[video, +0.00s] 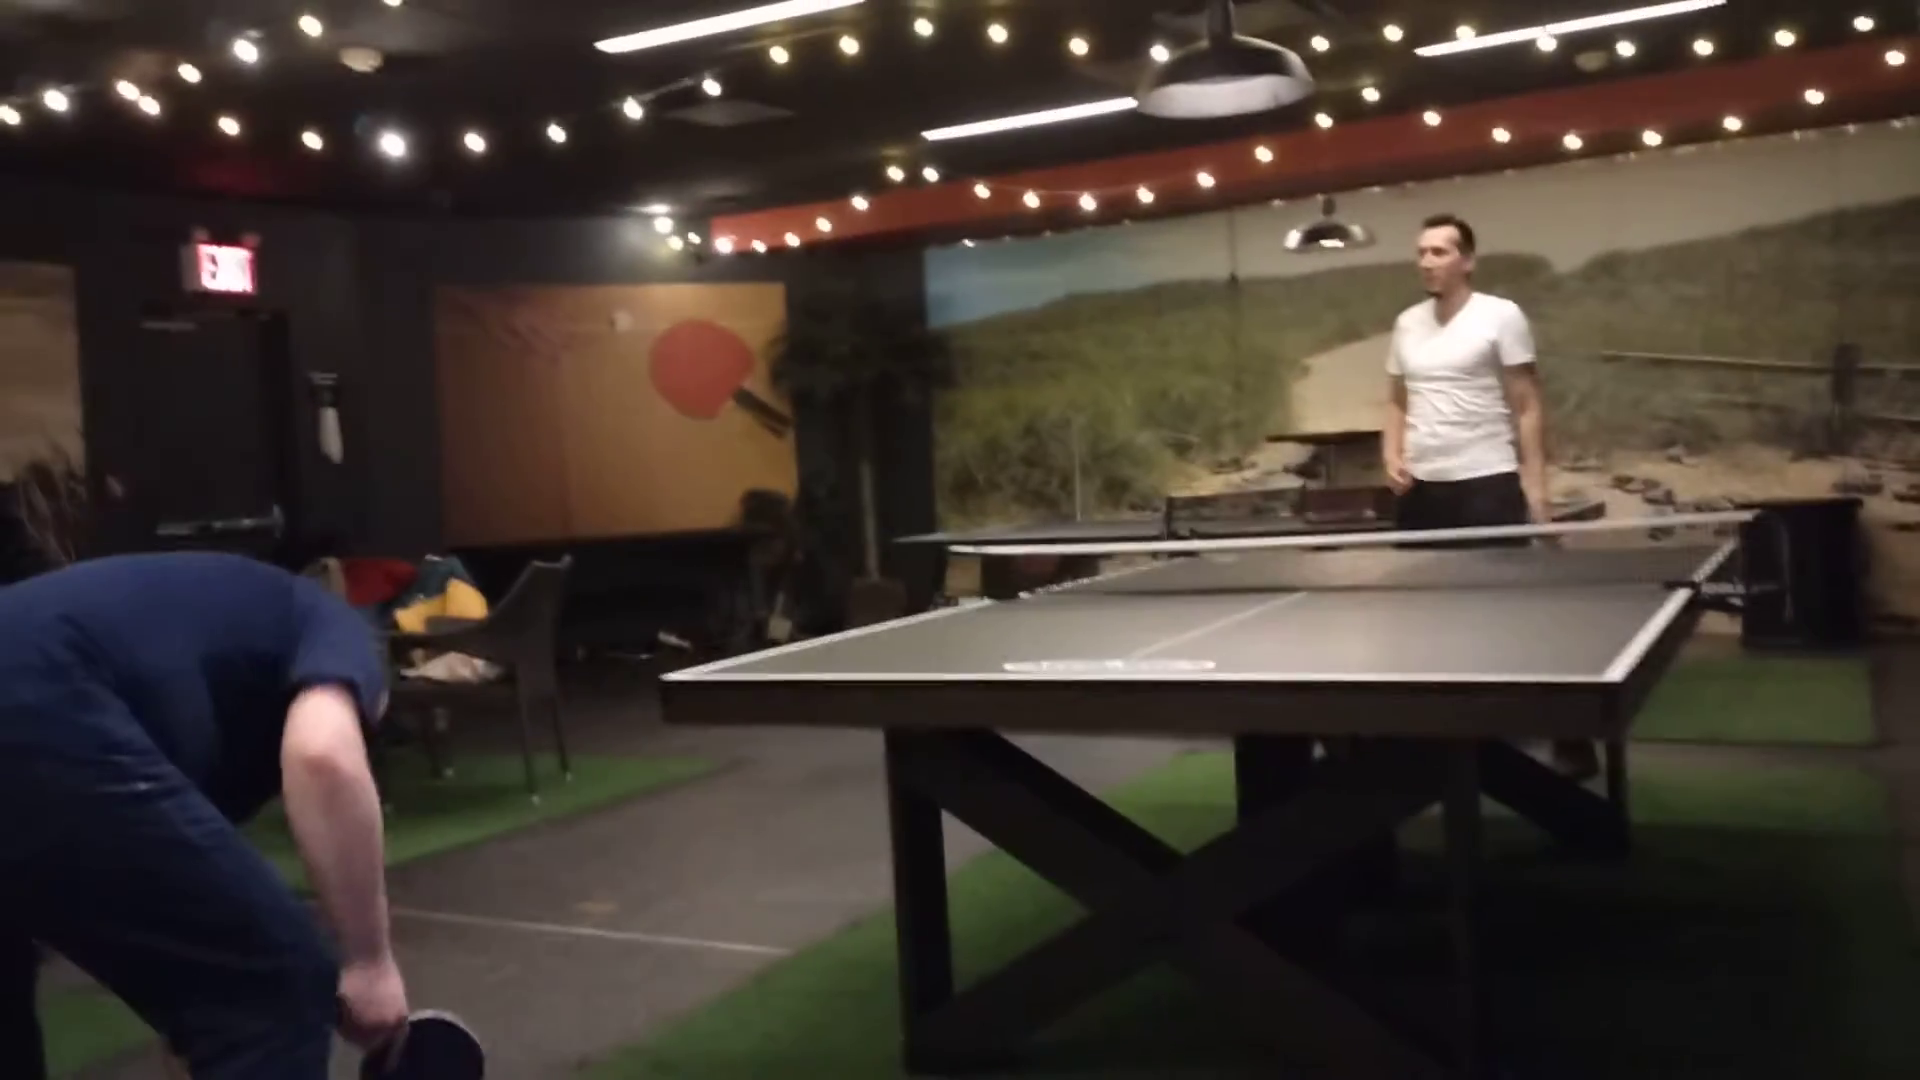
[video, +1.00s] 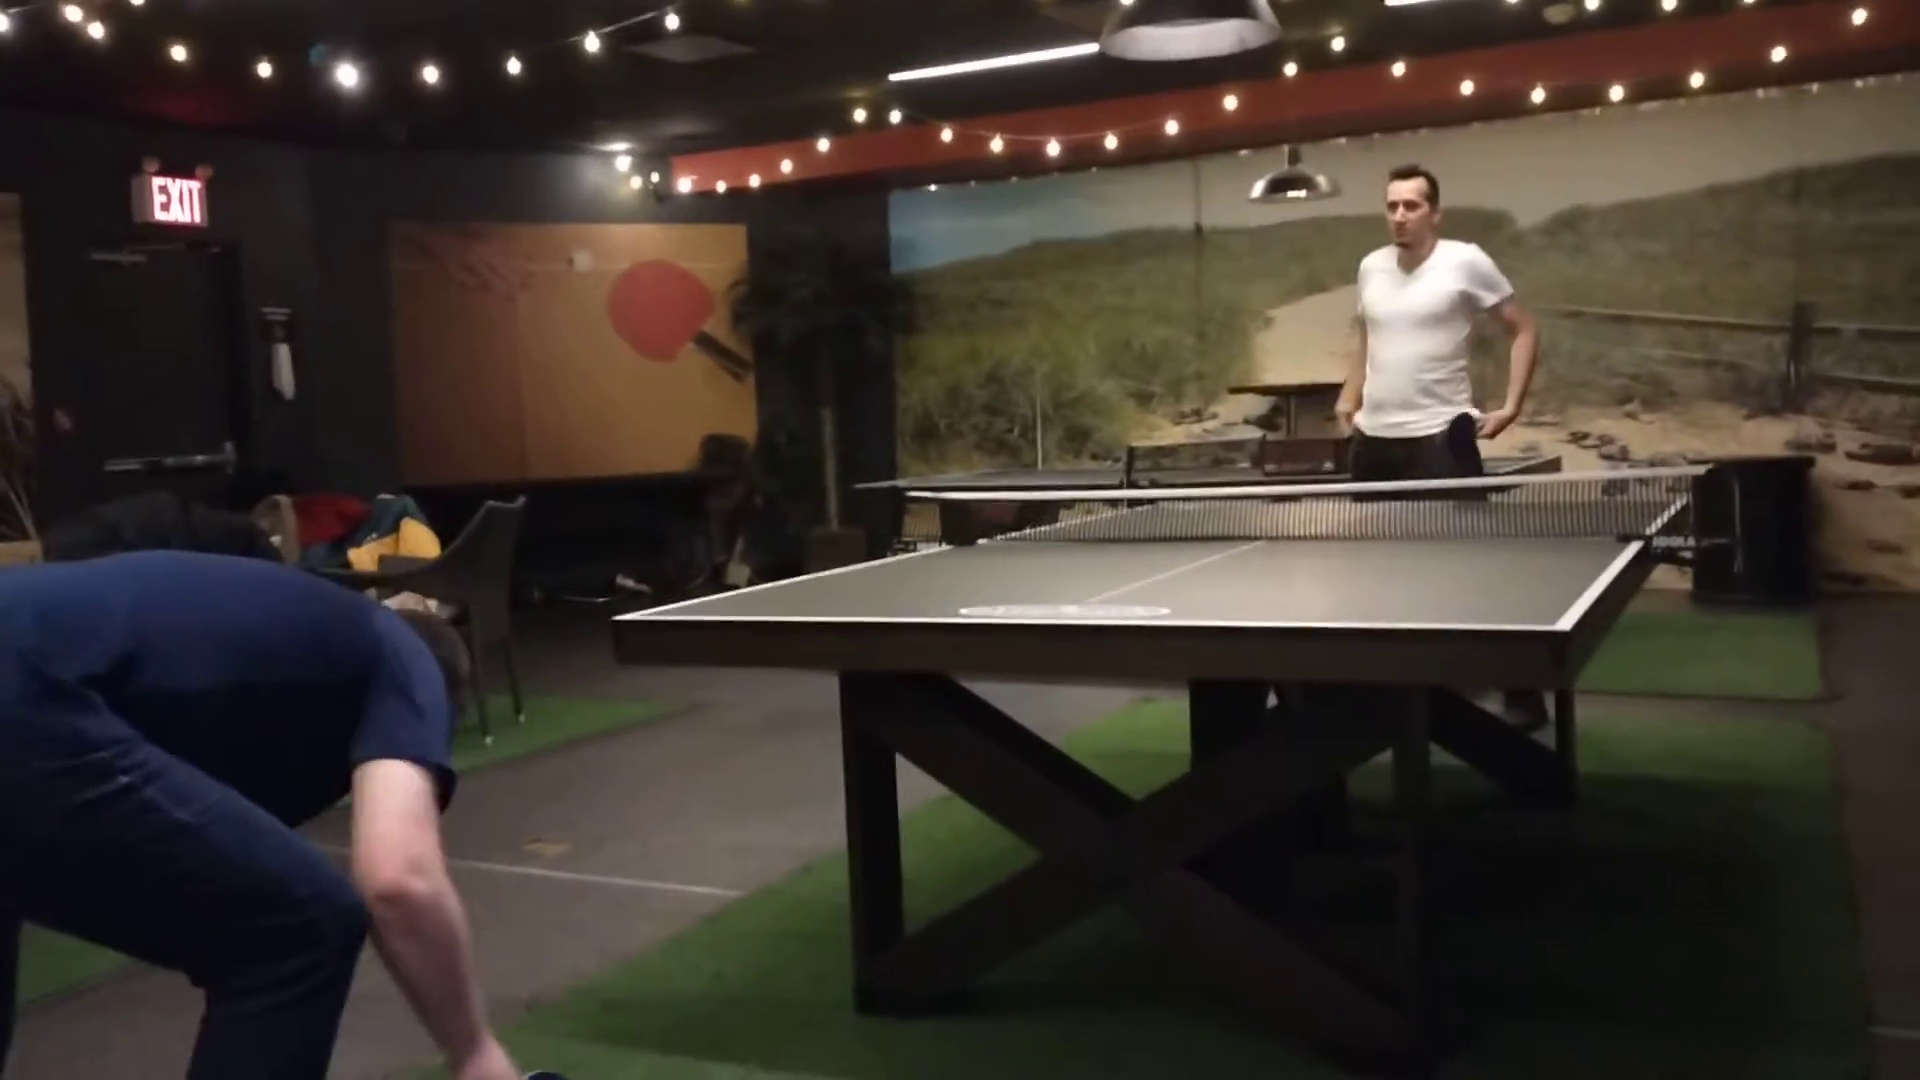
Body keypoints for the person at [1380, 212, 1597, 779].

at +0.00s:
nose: (1429, 261)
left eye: (1440, 252)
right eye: (1423, 253)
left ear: (1468, 260)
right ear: (1418, 262)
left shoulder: (1501, 317)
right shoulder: (1408, 325)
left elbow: (1526, 407)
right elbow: (1397, 401)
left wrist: (1536, 492)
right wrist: (1392, 457)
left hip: (1489, 487)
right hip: (1423, 491)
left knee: (1504, 606)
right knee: (1424, 608)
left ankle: (1564, 737)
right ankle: (1432, 740)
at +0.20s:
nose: (1429, 260)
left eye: (1440, 251)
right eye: (1424, 252)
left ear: (1468, 258)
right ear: (1420, 260)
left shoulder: (1500, 314)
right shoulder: (1410, 323)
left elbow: (1538, 398)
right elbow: (1389, 402)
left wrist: (1510, 483)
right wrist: (1387, 463)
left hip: (1480, 487)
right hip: (1416, 494)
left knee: (1501, 610)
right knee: (1422, 614)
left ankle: (1568, 738)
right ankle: (1431, 743)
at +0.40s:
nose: (1433, 247)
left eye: (1446, 238)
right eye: (1428, 239)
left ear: (1474, 245)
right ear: (1425, 248)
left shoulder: (1504, 300)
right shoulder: (1412, 311)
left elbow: (1551, 376)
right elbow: (1392, 389)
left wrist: (1483, 429)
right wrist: (1392, 452)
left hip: (1487, 480)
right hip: (1423, 485)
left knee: (1521, 599)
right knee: (1429, 605)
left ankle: (1572, 729)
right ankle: (1441, 735)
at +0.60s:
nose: (1432, 236)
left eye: (1444, 227)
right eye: (1425, 228)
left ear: (1470, 236)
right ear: (1420, 237)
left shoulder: (1500, 290)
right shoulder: (1408, 300)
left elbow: (1542, 369)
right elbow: (1390, 378)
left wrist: (1469, 423)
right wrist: (1379, 437)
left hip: (1483, 465)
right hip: (1418, 470)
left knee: (1516, 583)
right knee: (1422, 590)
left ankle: (1563, 718)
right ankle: (1433, 723)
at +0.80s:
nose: (1422, 224)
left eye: (1433, 215)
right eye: (1415, 216)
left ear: (1458, 223)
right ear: (1408, 224)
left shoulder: (1486, 276)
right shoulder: (1393, 285)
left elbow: (1532, 356)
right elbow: (1376, 367)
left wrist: (1489, 427)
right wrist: (1363, 433)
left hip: (1466, 459)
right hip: (1399, 465)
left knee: (1503, 575)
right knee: (1404, 583)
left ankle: (1544, 707)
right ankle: (1414, 712)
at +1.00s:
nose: (1400, 215)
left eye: (1412, 205)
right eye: (1393, 206)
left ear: (1435, 212)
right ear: (1385, 213)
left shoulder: (1465, 262)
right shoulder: (1372, 267)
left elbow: (1524, 329)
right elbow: (1368, 337)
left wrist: (1509, 408)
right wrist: (1351, 393)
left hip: (1442, 441)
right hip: (1375, 443)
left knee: (1473, 561)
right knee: (1375, 564)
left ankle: (1519, 691)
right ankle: (1383, 691)